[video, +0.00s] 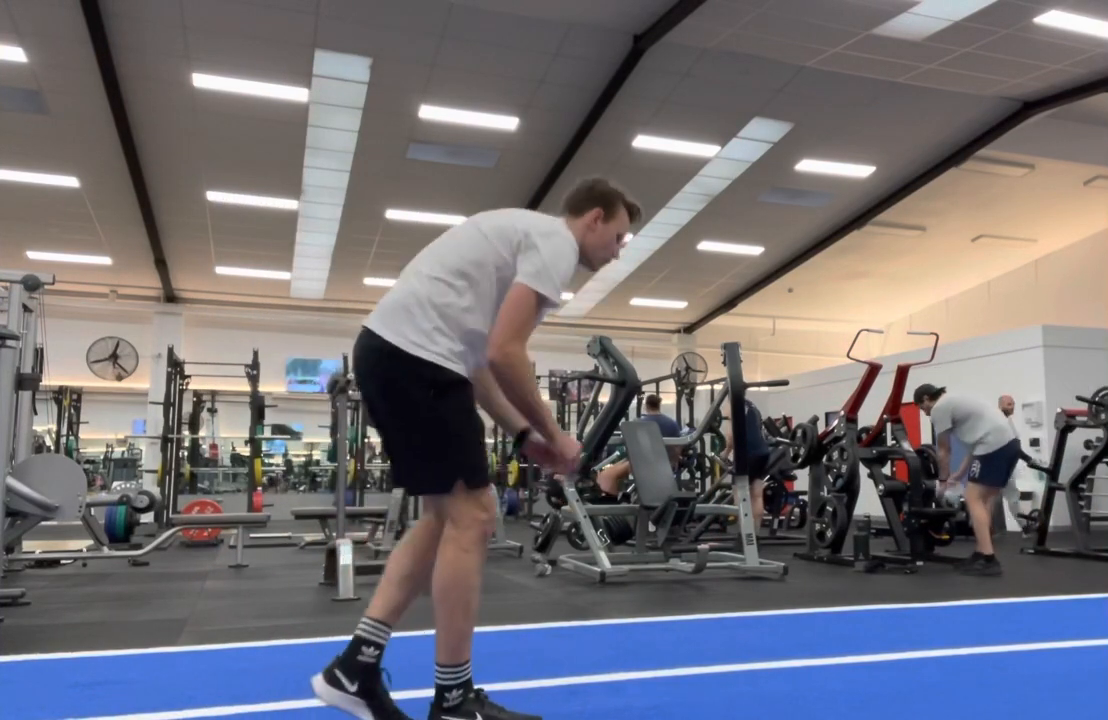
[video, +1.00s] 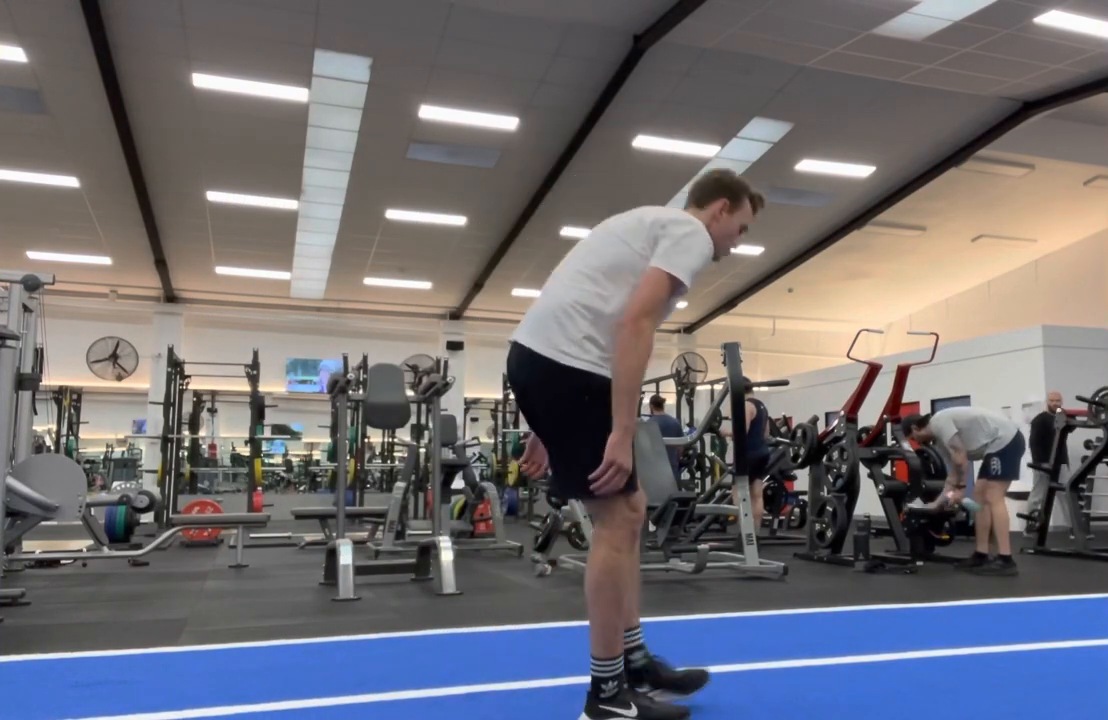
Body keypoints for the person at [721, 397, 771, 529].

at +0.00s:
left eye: (725, 389)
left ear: (728, 391)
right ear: (742, 389)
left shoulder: (729, 406)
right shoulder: (751, 406)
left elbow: (731, 434)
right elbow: (757, 432)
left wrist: (726, 453)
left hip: (744, 456)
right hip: (762, 453)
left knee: (739, 494)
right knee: (757, 496)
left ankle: (743, 533)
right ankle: (755, 535)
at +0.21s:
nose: (730, 392)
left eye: (730, 389)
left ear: (734, 390)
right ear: (747, 388)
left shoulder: (741, 405)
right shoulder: (756, 405)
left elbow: (736, 430)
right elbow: (763, 433)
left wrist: (725, 443)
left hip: (745, 455)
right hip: (761, 453)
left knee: (738, 492)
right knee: (757, 496)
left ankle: (743, 532)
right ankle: (755, 534)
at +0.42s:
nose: (729, 392)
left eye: (730, 388)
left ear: (735, 388)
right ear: (748, 387)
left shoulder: (744, 405)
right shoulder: (758, 405)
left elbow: (739, 429)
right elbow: (764, 434)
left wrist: (724, 438)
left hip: (746, 454)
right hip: (761, 453)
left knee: (738, 493)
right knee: (757, 496)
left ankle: (744, 534)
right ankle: (755, 535)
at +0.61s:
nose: (731, 393)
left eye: (731, 389)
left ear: (737, 389)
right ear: (749, 387)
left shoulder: (746, 405)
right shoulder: (760, 405)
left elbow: (741, 431)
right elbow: (765, 433)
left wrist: (726, 434)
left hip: (747, 455)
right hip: (761, 454)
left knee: (737, 492)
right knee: (757, 496)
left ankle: (744, 532)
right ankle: (755, 534)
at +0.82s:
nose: (731, 393)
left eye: (732, 389)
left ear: (738, 389)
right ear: (750, 387)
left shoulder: (747, 405)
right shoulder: (761, 405)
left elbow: (742, 430)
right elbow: (766, 432)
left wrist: (726, 432)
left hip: (747, 455)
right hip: (761, 454)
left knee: (738, 492)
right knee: (757, 496)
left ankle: (744, 532)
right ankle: (755, 534)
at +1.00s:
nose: (732, 393)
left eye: (733, 390)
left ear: (739, 390)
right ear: (750, 387)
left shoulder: (747, 406)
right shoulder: (761, 405)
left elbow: (742, 432)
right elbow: (766, 433)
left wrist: (725, 432)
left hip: (747, 456)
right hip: (761, 454)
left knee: (737, 492)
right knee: (757, 496)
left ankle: (744, 532)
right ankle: (755, 534)